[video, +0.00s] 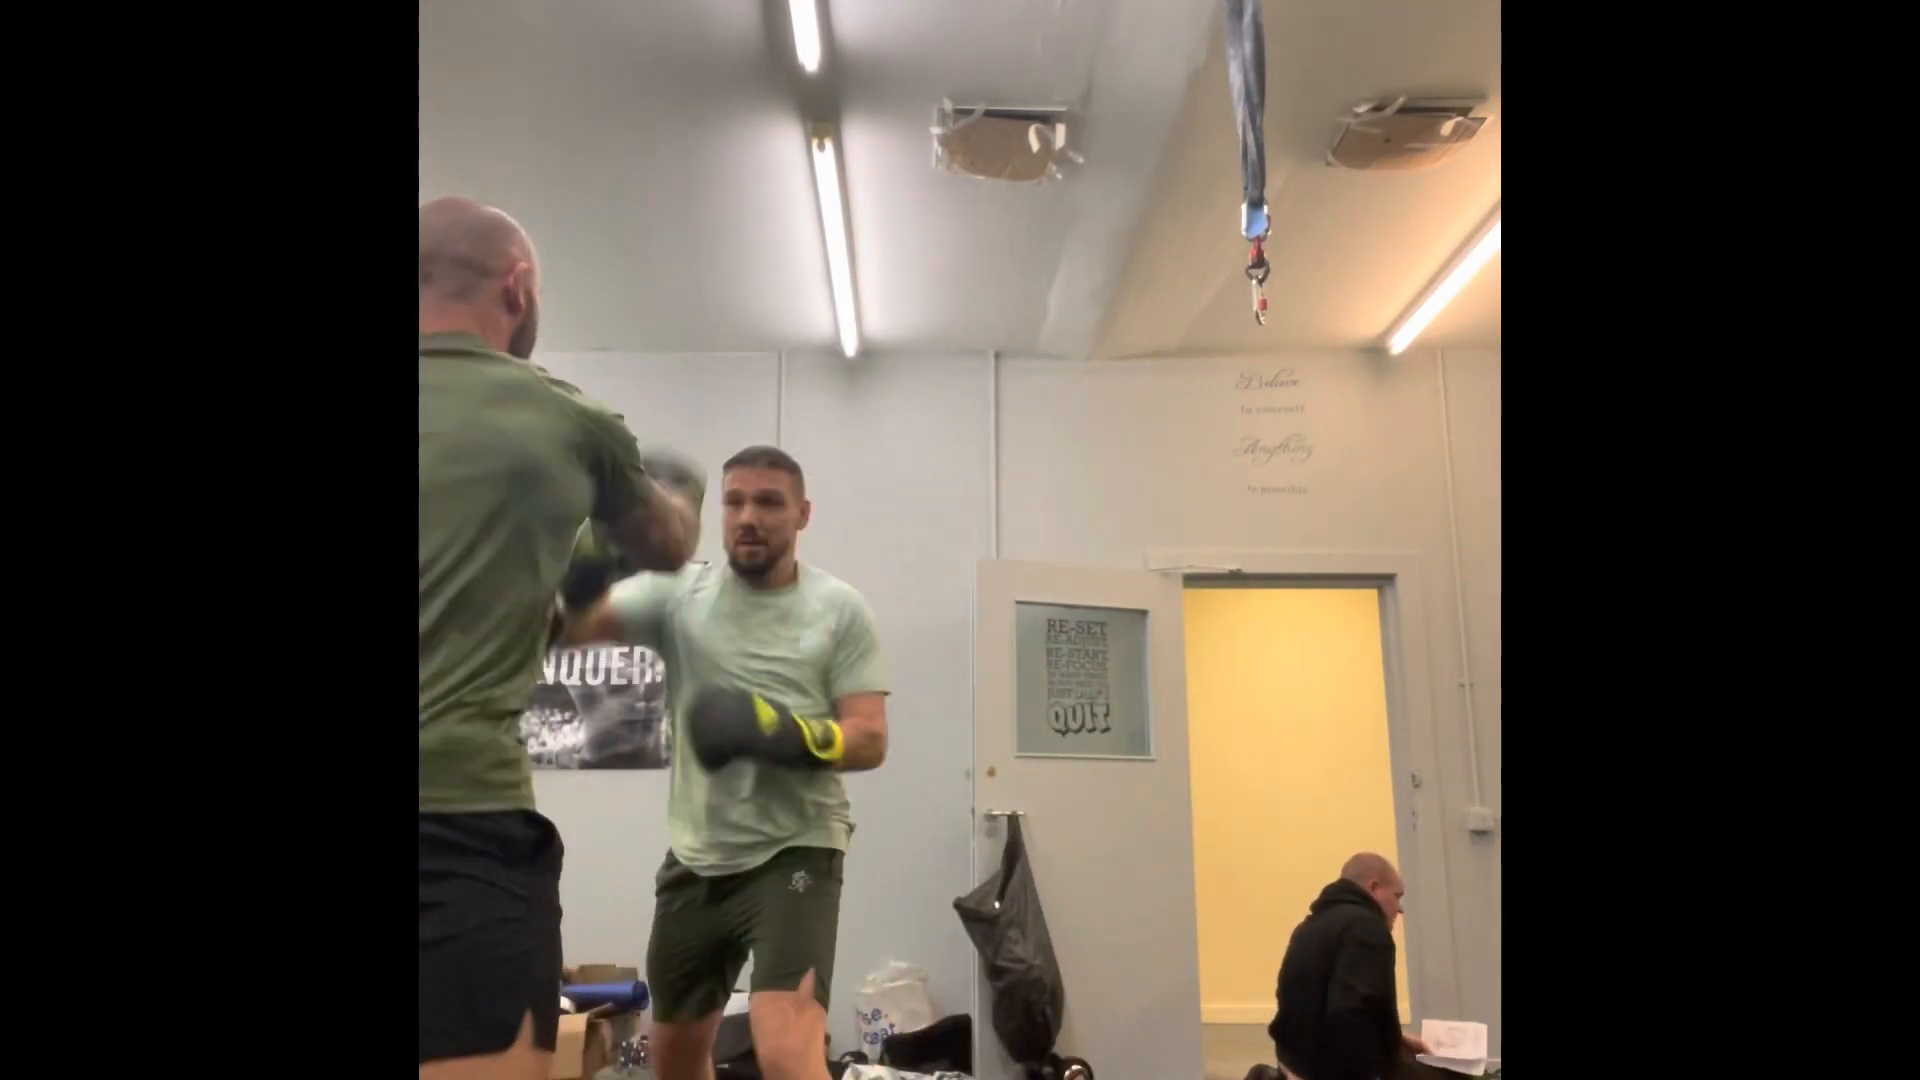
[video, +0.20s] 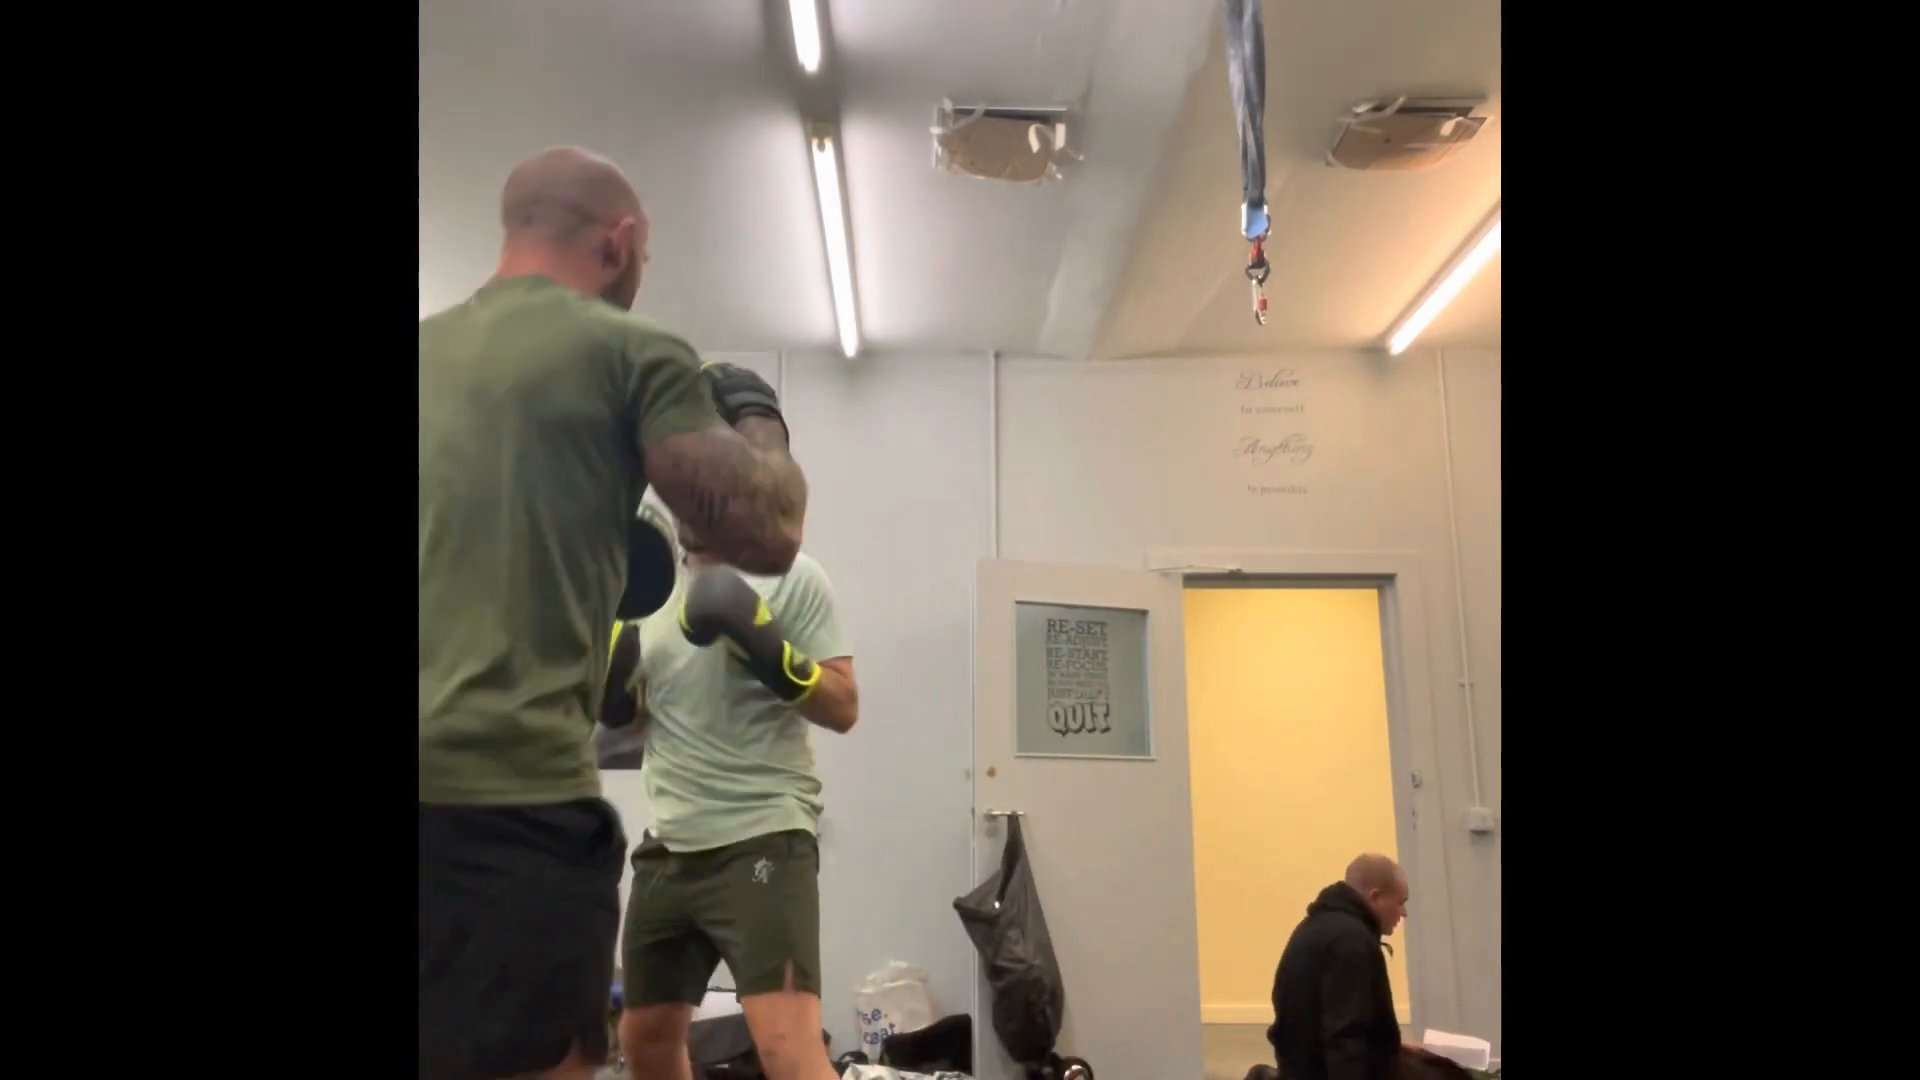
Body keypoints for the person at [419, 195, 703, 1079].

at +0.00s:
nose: (540, 305)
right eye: (539, 288)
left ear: (421, 286)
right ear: (518, 285)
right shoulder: (550, 413)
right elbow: (667, 541)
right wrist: (662, 494)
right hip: (461, 815)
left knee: (517, 1047)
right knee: (478, 1061)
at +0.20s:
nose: (643, 279)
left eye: (643, 257)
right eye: (646, 254)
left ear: (512, 232)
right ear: (618, 236)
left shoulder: (428, 343)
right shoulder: (624, 344)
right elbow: (732, 527)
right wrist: (772, 480)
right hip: (513, 796)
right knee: (541, 1058)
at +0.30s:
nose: (723, 296)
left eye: (722, 277)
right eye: (726, 274)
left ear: (599, 248)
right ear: (704, 250)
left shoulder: (467, 363)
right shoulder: (675, 333)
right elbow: (703, 552)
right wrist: (785, 525)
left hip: (427, 772)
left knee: (426, 1053)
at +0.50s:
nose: (725, 511)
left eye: (741, 498)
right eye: (708, 487)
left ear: (760, 516)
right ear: (682, 497)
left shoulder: (775, 606)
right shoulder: (615, 586)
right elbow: (549, 703)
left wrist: (769, 671)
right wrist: (597, 681)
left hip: (724, 886)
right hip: (609, 871)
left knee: (733, 1067)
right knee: (546, 1061)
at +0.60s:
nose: (737, 471)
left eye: (749, 464)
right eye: (726, 451)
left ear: (752, 478)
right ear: (679, 442)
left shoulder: (737, 572)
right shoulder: (591, 517)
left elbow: (739, 709)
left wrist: (742, 646)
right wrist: (585, 619)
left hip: (671, 818)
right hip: (556, 793)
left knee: (696, 1019)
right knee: (484, 1004)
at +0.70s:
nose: (655, 491)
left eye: (663, 481)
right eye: (641, 472)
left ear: (666, 491)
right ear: (586, 467)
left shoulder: (649, 594)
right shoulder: (512, 554)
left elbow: (651, 745)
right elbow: (456, 688)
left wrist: (683, 681)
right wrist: (567, 636)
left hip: (616, 857)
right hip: (502, 836)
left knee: (655, 1051)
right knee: (423, 1036)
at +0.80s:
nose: (572, 479)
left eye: (576, 467)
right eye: (557, 458)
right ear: (495, 449)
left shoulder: (533, 570)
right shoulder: (434, 530)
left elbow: (516, 715)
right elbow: (426, 654)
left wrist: (588, 668)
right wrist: (509, 603)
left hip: (516, 862)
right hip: (427, 858)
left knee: (574, 1054)